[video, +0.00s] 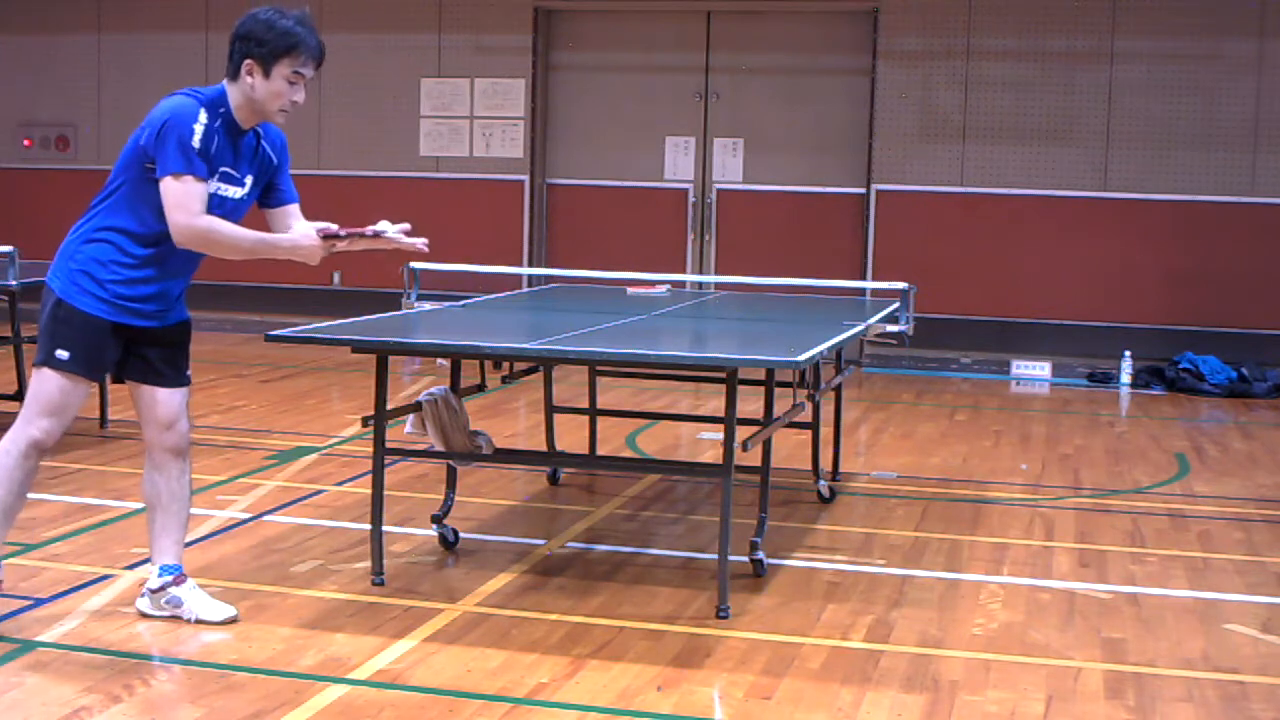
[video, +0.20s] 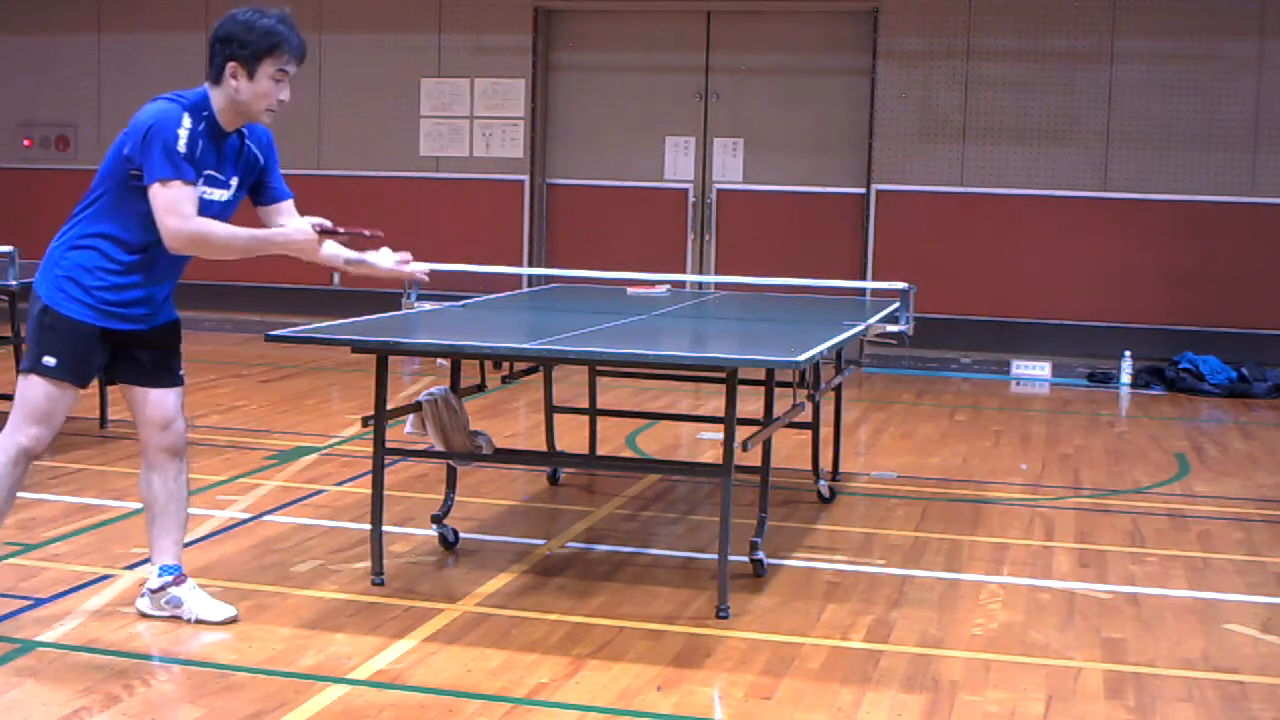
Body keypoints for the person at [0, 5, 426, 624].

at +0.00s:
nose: (300, 96)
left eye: (306, 83)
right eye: (294, 80)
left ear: (263, 75)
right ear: (250, 69)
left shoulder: (269, 145)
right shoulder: (185, 118)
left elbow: (295, 235)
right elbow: (186, 226)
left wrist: (371, 238)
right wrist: (289, 248)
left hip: (160, 300)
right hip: (91, 286)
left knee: (170, 440)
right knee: (37, 432)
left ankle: (164, 582)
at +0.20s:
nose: (286, 95)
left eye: (290, 80)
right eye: (278, 78)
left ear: (253, 79)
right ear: (234, 72)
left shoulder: (254, 144)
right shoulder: (168, 120)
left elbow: (292, 234)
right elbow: (178, 231)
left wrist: (375, 264)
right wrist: (279, 240)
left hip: (147, 301)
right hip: (78, 291)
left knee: (167, 440)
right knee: (26, 436)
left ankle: (164, 582)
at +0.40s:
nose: (250, 84)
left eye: (251, 70)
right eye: (239, 69)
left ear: (206, 71)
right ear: (195, 69)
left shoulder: (230, 135)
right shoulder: (132, 127)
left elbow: (293, 196)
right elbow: (147, 235)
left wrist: (359, 192)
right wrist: (243, 218)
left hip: (130, 307)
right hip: (58, 300)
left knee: (169, 434)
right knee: (19, 448)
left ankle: (165, 582)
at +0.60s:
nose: (206, 57)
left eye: (203, 44)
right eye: (192, 44)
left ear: (165, 58)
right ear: (148, 57)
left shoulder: (192, 116)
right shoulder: (95, 122)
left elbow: (281, 145)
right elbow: (89, 229)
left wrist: (366, 156)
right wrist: (190, 229)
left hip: (116, 311)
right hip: (39, 311)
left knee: (166, 436)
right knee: (12, 452)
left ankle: (165, 582)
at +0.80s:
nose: (176, 53)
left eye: (173, 39)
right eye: (161, 41)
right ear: (117, 56)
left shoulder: (178, 120)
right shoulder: (65, 120)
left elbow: (263, 163)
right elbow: (7, 191)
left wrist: (342, 201)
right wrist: (73, 204)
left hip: (111, 313)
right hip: (30, 317)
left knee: (167, 439)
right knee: (9, 463)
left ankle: (164, 581)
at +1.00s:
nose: (197, 103)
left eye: (197, 88)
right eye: (183, 87)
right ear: (136, 92)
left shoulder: (186, 166)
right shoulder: (74, 136)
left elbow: (219, 234)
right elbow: (9, 174)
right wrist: (14, 154)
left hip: (110, 331)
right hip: (30, 328)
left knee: (191, 441)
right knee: (16, 483)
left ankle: (169, 578)